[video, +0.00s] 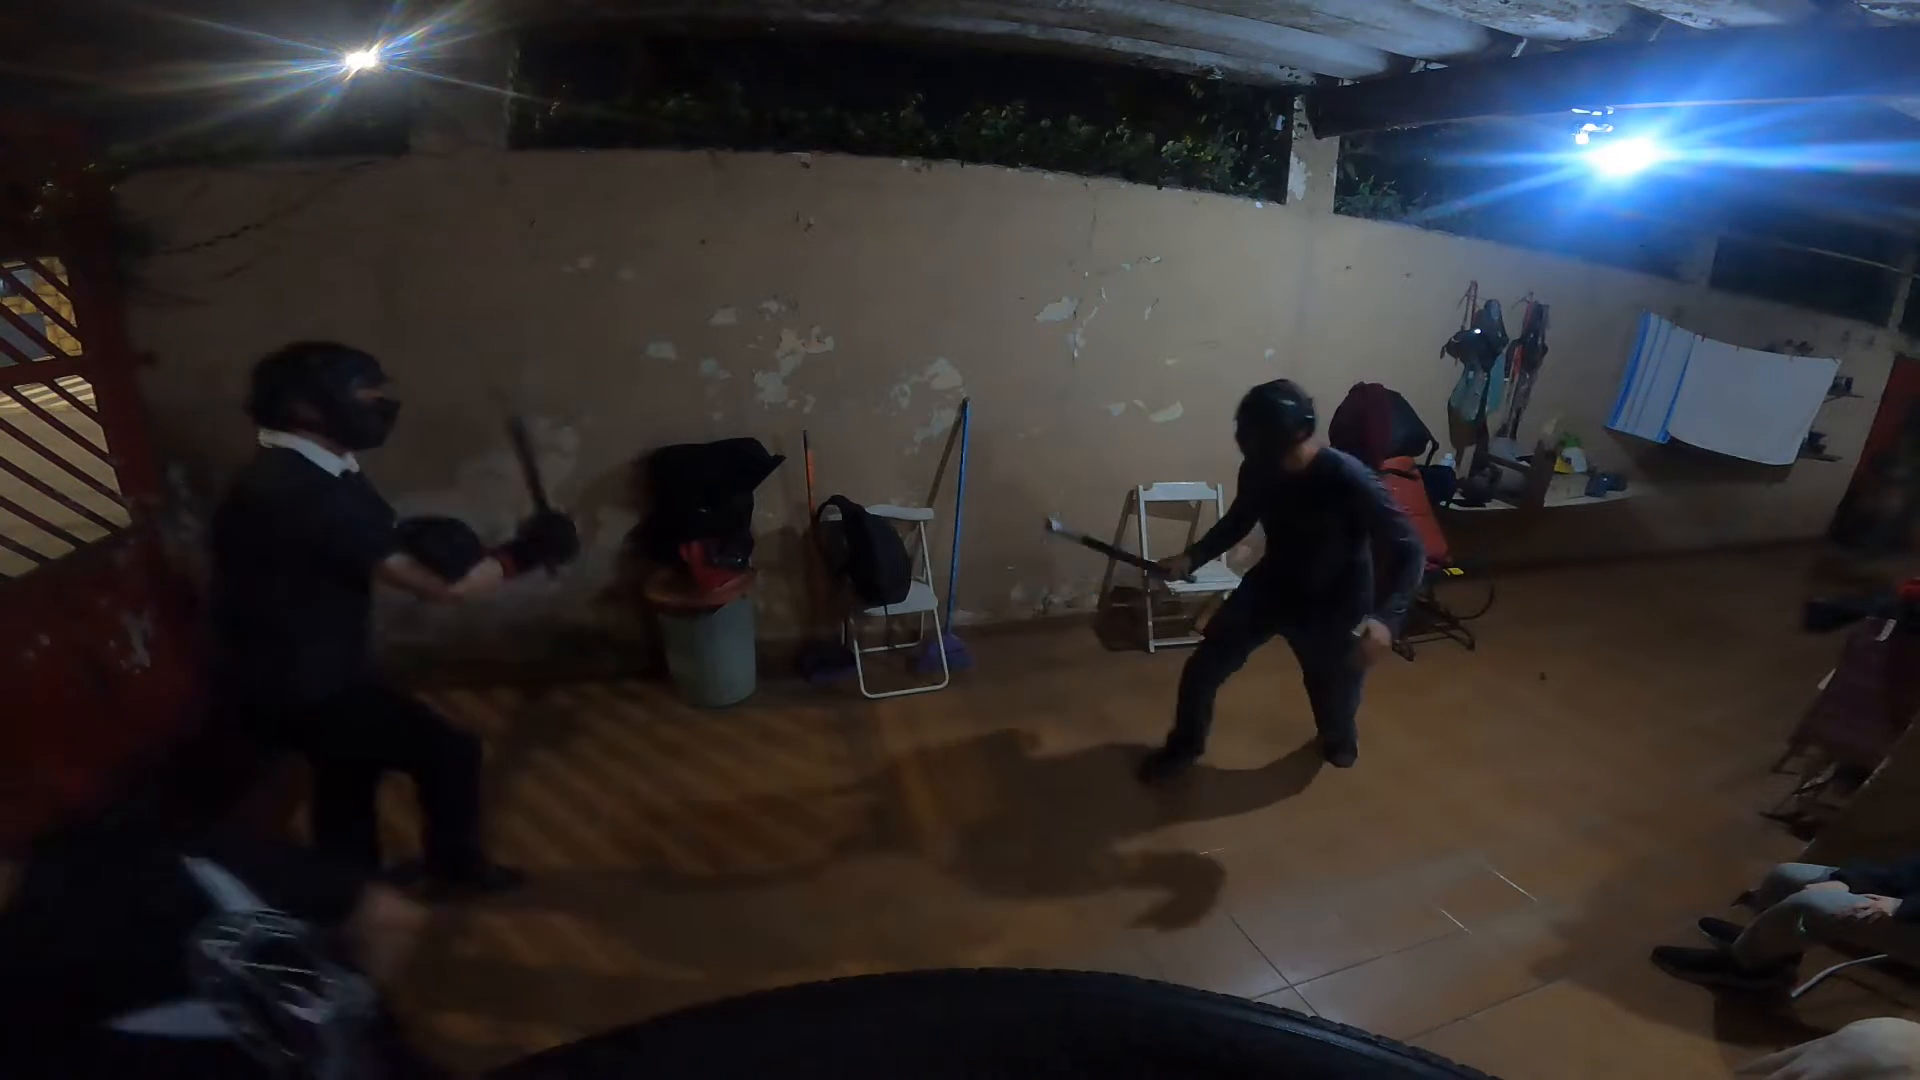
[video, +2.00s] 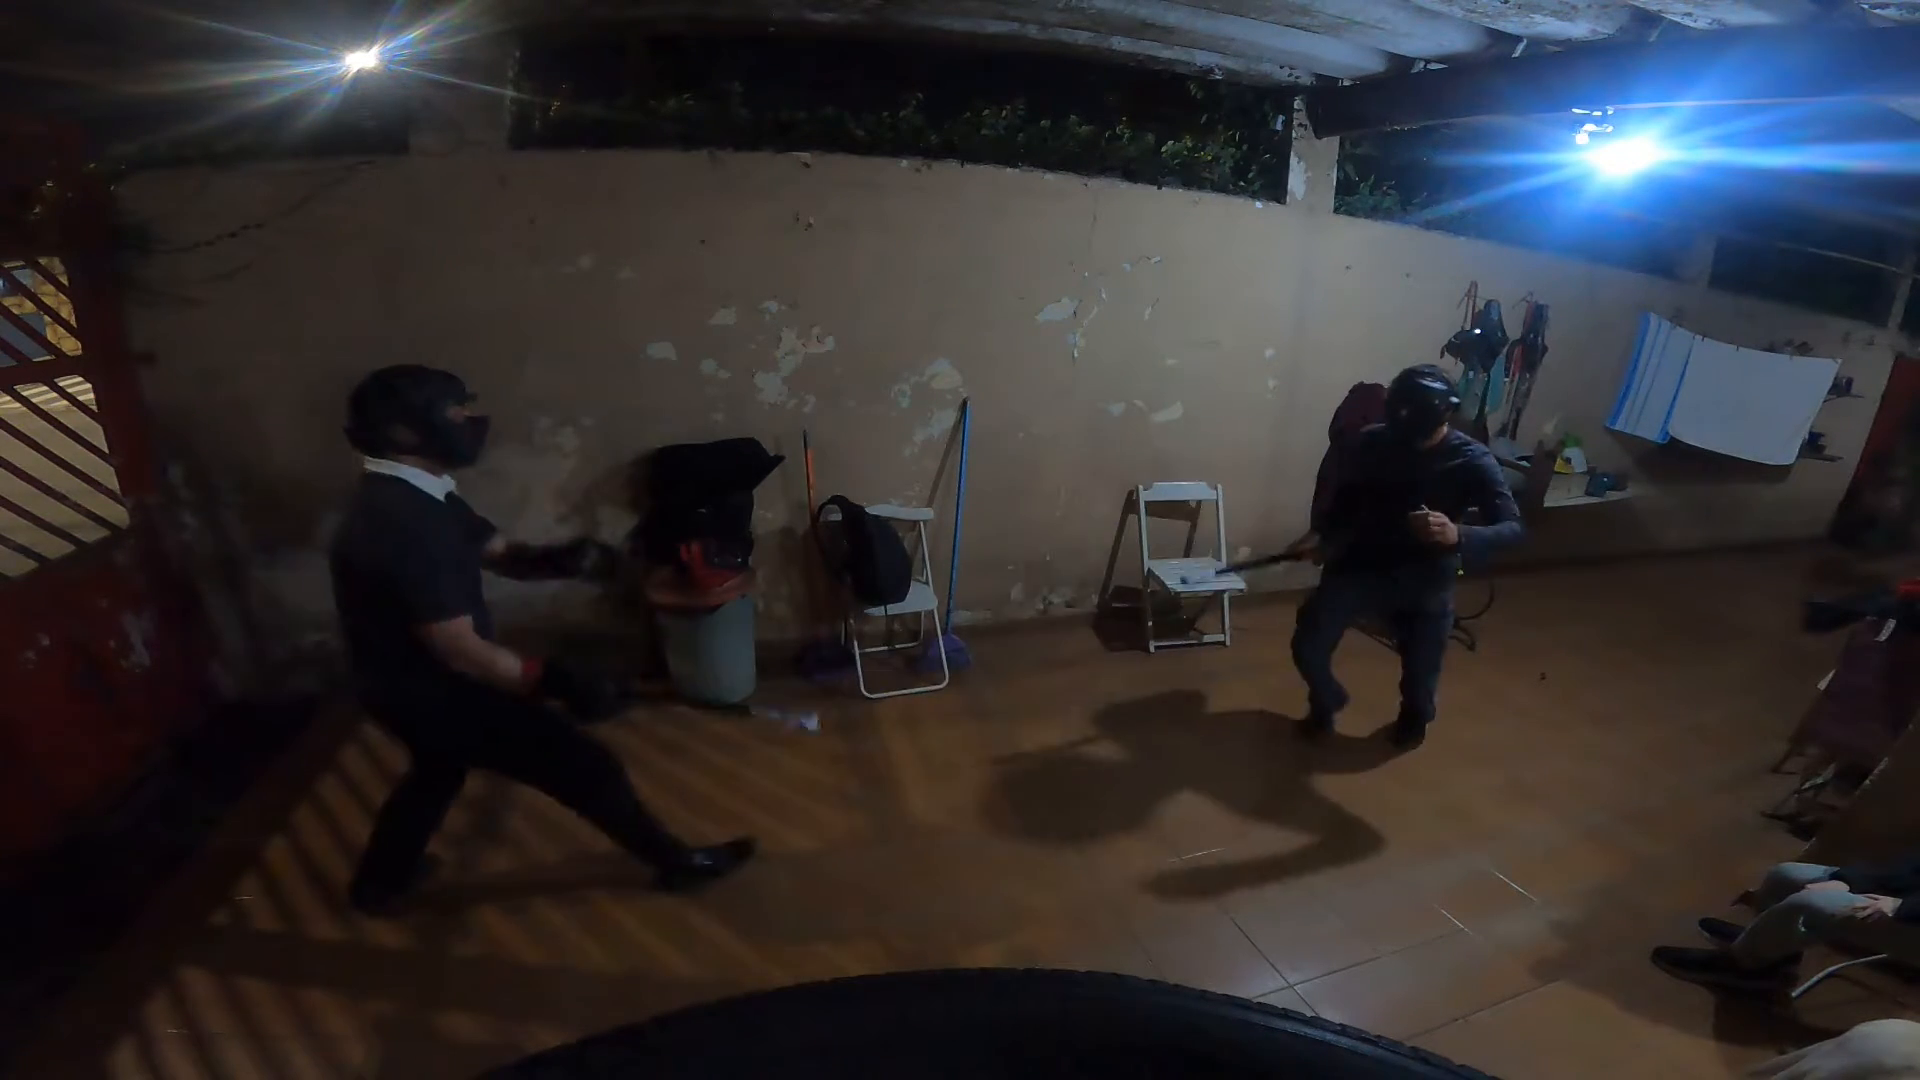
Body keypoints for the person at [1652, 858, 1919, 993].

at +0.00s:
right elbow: (1910, 872)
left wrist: (1903, 908)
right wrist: (1848, 878)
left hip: (1912, 923)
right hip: (1904, 893)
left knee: (1807, 905)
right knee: (1785, 877)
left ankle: (1740, 961)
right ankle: (1756, 944)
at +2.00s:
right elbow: (1912, 870)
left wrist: (1903, 908)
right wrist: (1846, 880)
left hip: (1911, 925)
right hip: (1901, 892)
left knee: (1807, 905)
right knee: (1784, 877)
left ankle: (1739, 961)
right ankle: (1760, 945)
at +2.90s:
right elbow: (1910, 870)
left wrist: (1871, 908)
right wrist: (1847, 881)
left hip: (1910, 924)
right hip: (1898, 893)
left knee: (1797, 913)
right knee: (1783, 879)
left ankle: (1738, 963)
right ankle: (1766, 953)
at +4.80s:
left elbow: (1914, 916)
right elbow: (1908, 871)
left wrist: (1858, 908)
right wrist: (1844, 882)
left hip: (1911, 926)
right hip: (1902, 891)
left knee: (1795, 915)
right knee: (1781, 879)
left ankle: (1741, 962)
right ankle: (1756, 946)